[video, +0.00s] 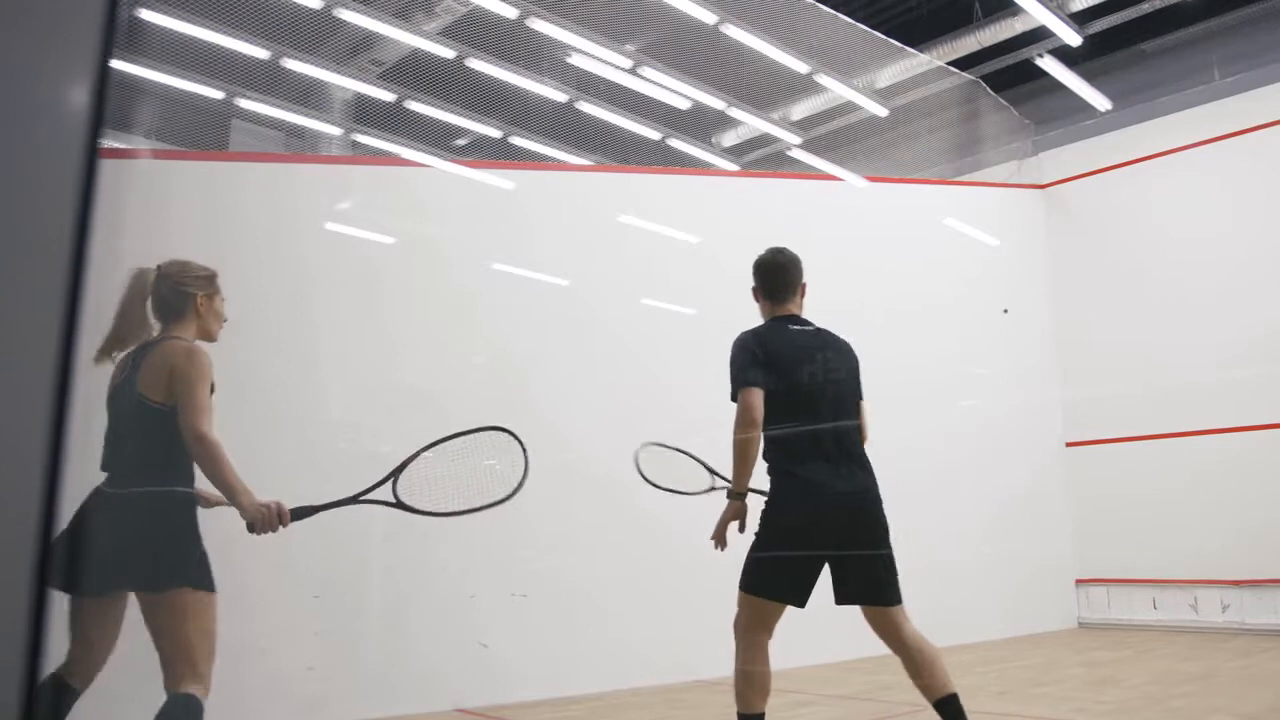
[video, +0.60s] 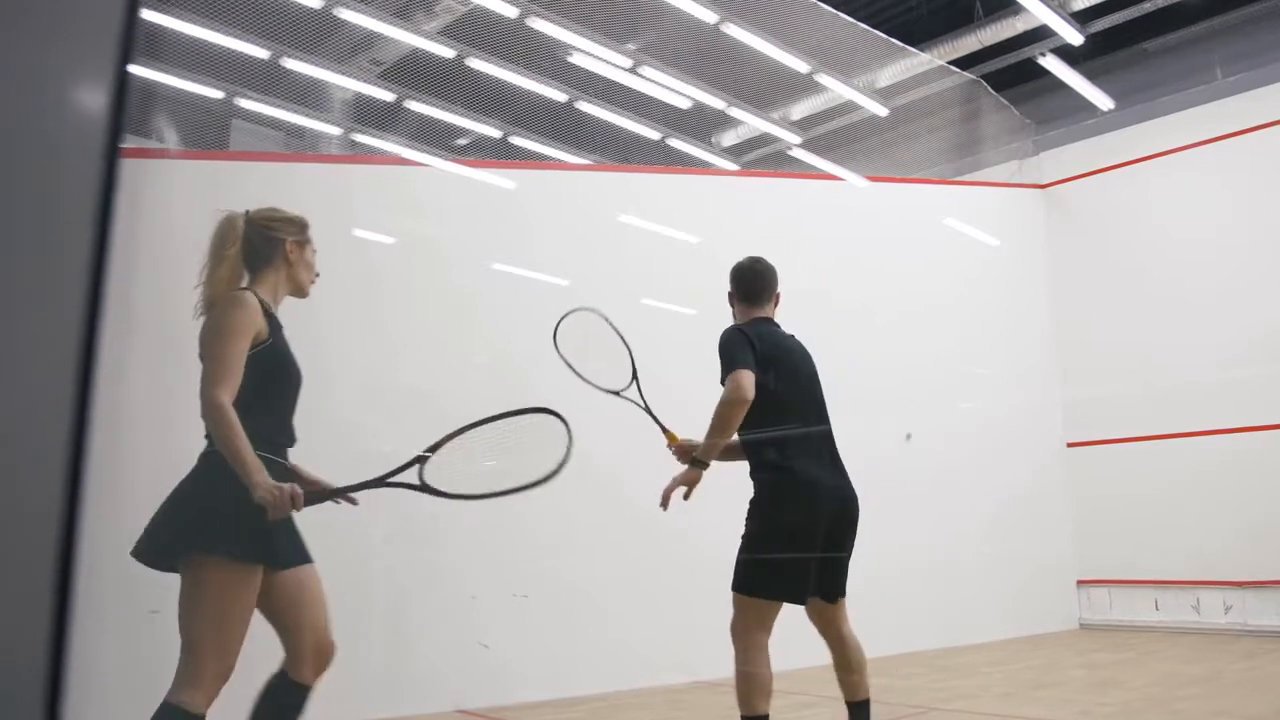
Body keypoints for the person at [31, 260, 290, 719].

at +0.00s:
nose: (225, 311)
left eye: (223, 300)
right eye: (219, 300)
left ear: (173, 305)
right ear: (198, 303)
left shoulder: (129, 361)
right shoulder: (190, 355)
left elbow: (131, 457)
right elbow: (198, 435)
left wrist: (192, 493)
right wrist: (248, 502)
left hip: (104, 519)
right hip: (162, 523)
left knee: (80, 664)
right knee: (189, 683)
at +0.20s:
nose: (253, 295)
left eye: (251, 284)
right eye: (248, 284)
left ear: (199, 288)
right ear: (227, 285)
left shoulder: (164, 347)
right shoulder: (210, 337)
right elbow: (200, 420)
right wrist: (239, 494)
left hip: (147, 508)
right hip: (194, 508)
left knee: (152, 662)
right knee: (208, 677)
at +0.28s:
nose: (265, 287)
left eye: (263, 276)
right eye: (261, 276)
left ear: (217, 280)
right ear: (239, 277)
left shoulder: (187, 334)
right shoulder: (216, 330)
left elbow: (191, 438)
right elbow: (199, 415)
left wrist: (245, 492)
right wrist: (237, 489)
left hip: (170, 504)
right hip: (202, 508)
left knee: (182, 669)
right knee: (208, 680)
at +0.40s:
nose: (284, 274)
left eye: (281, 263)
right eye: (278, 263)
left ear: (245, 266)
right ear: (257, 265)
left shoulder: (231, 325)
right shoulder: (222, 318)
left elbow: (216, 426)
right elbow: (201, 406)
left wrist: (258, 483)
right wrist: (239, 487)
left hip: (222, 502)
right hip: (205, 502)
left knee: (244, 661)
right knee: (203, 676)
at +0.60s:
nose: (316, 264)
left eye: (314, 252)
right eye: (310, 251)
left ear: (277, 254)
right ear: (287, 252)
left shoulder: (263, 319)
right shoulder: (241, 308)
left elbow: (252, 428)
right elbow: (216, 402)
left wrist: (302, 477)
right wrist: (260, 481)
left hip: (264, 506)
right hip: (228, 504)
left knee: (313, 651)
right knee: (201, 678)